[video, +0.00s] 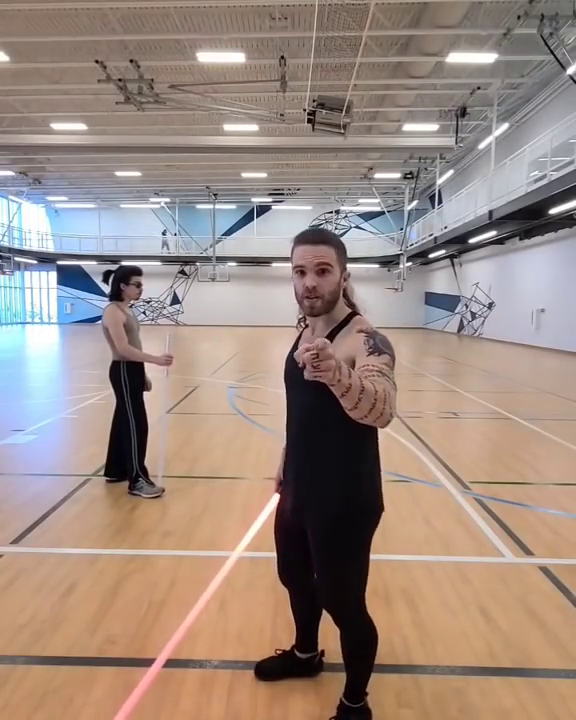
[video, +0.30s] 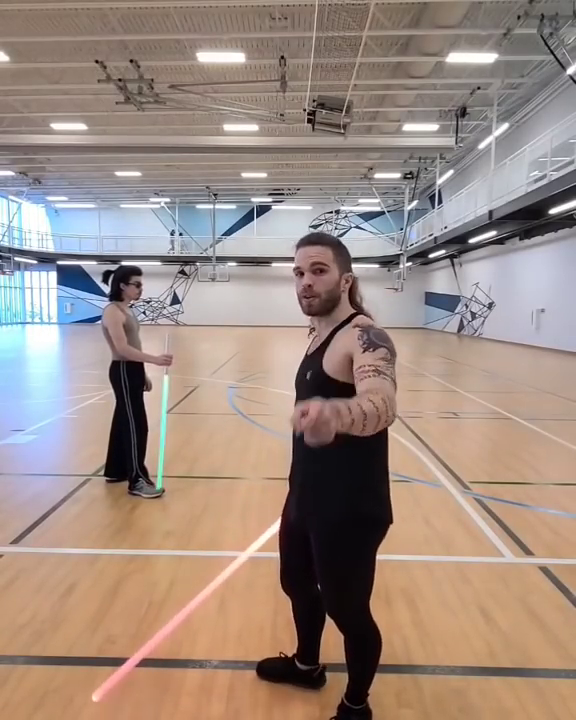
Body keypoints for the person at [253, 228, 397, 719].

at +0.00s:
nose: (309, 283)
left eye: (322, 271)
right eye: (300, 272)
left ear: (344, 276)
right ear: (291, 277)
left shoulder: (367, 343)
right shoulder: (303, 332)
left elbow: (381, 410)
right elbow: (301, 414)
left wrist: (336, 374)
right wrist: (286, 468)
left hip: (346, 494)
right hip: (301, 483)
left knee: (344, 600)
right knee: (295, 570)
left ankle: (355, 700)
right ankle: (306, 651)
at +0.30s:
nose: (305, 281)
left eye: (318, 271)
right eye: (299, 273)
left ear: (346, 279)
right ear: (294, 281)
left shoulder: (367, 338)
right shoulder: (321, 333)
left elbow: (380, 403)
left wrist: (335, 414)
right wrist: (300, 482)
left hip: (350, 501)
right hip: (308, 491)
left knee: (348, 608)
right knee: (299, 579)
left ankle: (356, 703)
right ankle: (306, 663)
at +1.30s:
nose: (279, 285)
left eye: (289, 275)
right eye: (271, 277)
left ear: (310, 277)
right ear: (264, 282)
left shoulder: (331, 337)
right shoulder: (282, 332)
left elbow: (351, 424)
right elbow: (289, 410)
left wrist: (321, 496)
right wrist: (264, 451)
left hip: (311, 484)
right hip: (276, 477)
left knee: (317, 597)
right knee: (290, 570)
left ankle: (351, 696)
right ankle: (301, 646)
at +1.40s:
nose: (279, 285)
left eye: (289, 275)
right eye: (270, 276)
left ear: (308, 278)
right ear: (261, 281)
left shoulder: (329, 337)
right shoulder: (275, 330)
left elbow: (356, 417)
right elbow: (284, 401)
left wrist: (324, 487)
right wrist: (256, 434)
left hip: (310, 482)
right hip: (272, 475)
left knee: (315, 594)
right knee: (286, 568)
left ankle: (351, 696)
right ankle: (301, 645)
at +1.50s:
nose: (281, 283)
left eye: (291, 274)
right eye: (272, 274)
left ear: (308, 278)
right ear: (261, 279)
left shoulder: (330, 337)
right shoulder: (269, 331)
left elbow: (361, 414)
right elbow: (271, 395)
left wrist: (334, 484)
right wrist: (228, 419)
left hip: (315, 482)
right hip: (272, 476)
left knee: (326, 593)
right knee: (288, 570)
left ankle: (357, 696)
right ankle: (301, 645)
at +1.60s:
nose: (285, 283)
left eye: (296, 274)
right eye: (276, 272)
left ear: (310, 280)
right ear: (264, 275)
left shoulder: (333, 336)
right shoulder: (264, 329)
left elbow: (367, 411)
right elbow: (252, 385)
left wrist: (354, 482)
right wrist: (198, 406)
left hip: (319, 483)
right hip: (272, 476)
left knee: (337, 591)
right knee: (290, 569)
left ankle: (364, 697)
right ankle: (302, 646)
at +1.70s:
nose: (295, 282)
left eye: (306, 274)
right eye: (287, 271)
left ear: (319, 280)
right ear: (272, 274)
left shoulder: (343, 339)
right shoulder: (261, 330)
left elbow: (373, 412)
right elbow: (228, 377)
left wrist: (371, 485)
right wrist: (178, 405)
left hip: (323, 483)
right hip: (273, 479)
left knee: (341, 589)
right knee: (290, 569)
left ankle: (369, 693)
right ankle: (302, 646)